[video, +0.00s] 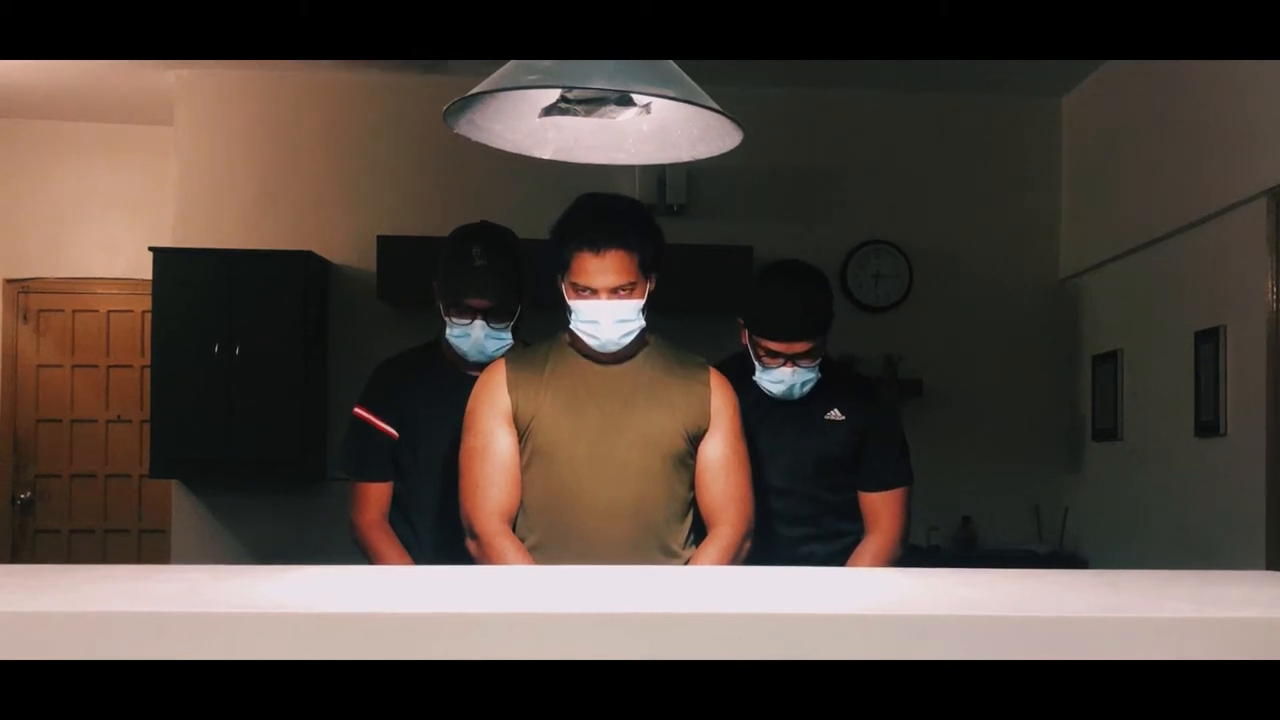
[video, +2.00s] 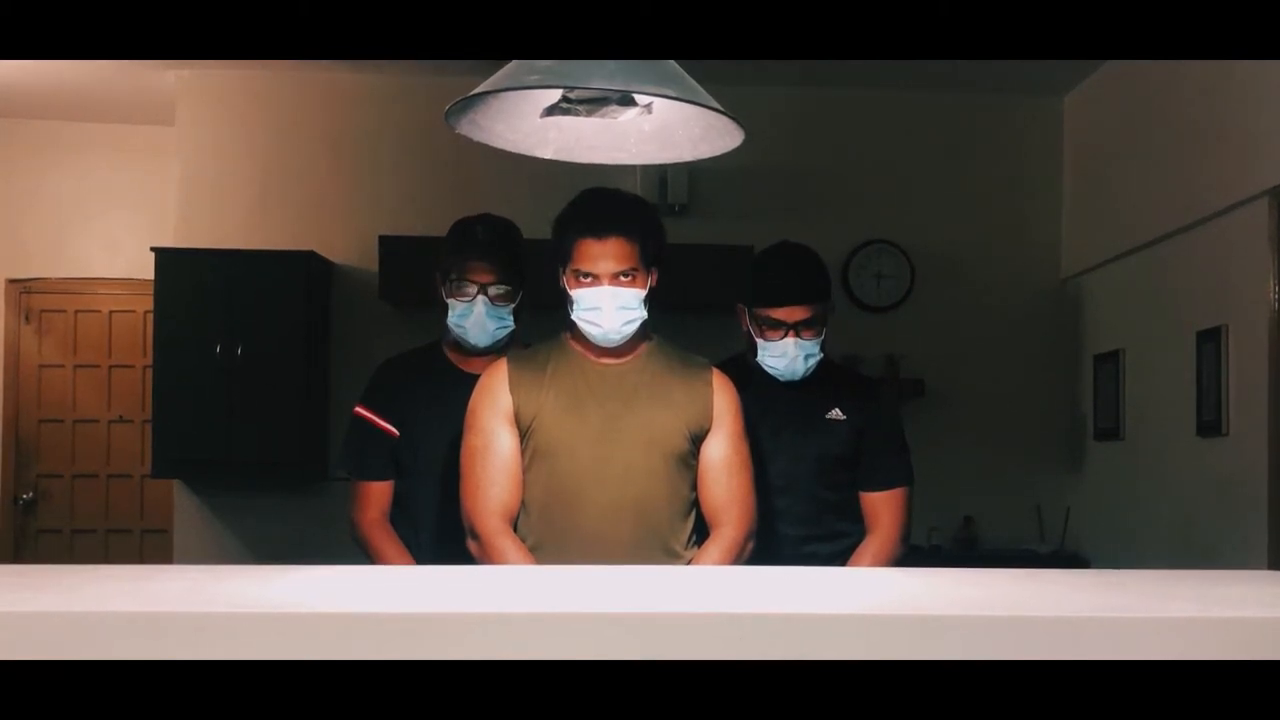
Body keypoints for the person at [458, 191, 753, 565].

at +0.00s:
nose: (603, 309)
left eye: (622, 291)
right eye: (585, 291)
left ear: (648, 286)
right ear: (562, 286)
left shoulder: (705, 389)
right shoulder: (506, 382)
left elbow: (731, 532)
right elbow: (487, 529)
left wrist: (670, 613)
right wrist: (552, 610)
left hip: (665, 611)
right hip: (542, 610)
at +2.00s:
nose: (606, 295)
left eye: (624, 276)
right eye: (587, 278)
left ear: (649, 279)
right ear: (564, 280)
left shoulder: (707, 390)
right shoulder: (507, 383)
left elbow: (733, 532)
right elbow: (488, 529)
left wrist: (670, 615)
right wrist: (554, 611)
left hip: (667, 615)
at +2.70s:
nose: (605, 288)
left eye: (624, 269)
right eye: (586, 270)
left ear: (649, 276)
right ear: (564, 276)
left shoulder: (707, 388)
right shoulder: (507, 381)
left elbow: (733, 531)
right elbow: (486, 529)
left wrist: (669, 614)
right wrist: (554, 611)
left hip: (667, 615)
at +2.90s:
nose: (605, 285)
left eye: (624, 267)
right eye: (586, 267)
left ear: (648, 275)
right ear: (564, 274)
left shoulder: (706, 388)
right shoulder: (507, 381)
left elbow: (733, 531)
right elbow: (486, 529)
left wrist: (669, 614)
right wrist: (554, 611)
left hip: (667, 615)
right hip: (545, 614)